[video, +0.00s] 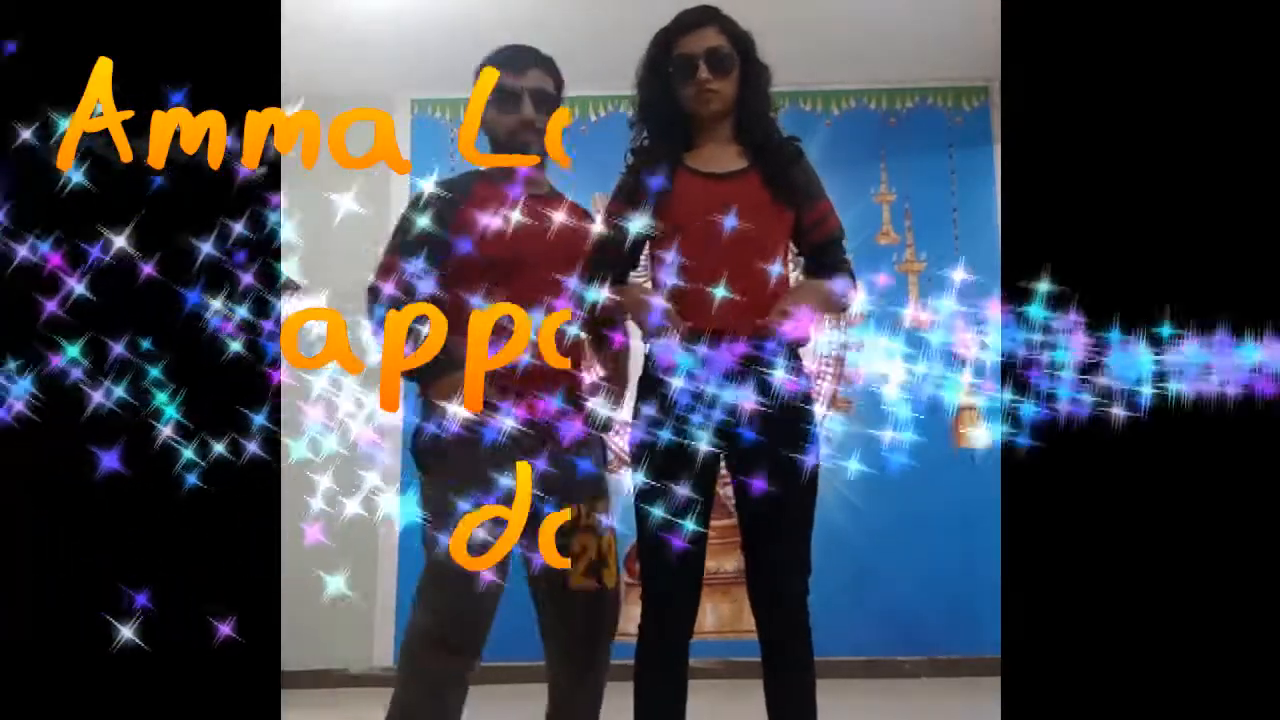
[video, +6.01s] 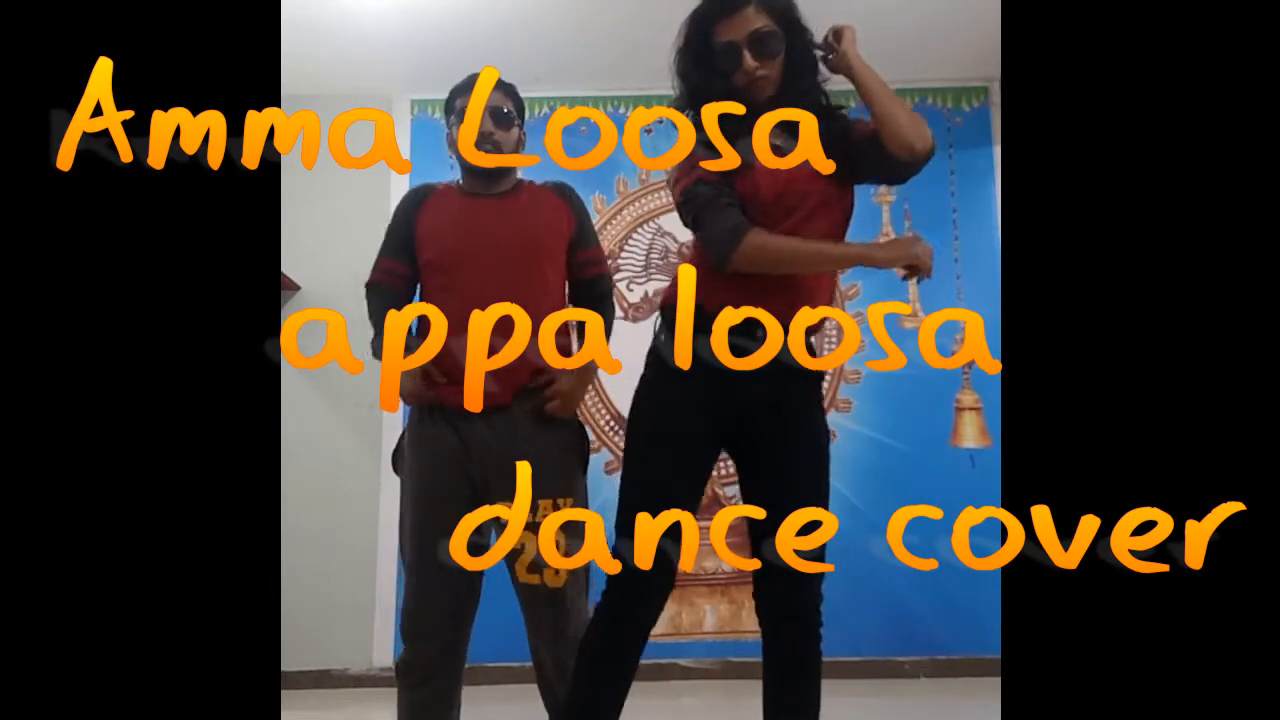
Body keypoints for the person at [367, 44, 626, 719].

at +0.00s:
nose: (524, 111)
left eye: (540, 100)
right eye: (508, 96)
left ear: (556, 116)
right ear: (481, 107)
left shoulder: (584, 221)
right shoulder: (442, 201)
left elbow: (610, 330)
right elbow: (390, 303)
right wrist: (437, 366)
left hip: (565, 440)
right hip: (466, 439)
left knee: (584, 627)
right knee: (451, 621)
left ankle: (574, 717)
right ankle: (416, 719)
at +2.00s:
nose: (466, 135)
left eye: (481, 123)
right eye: (449, 124)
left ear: (499, 132)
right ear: (427, 136)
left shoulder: (542, 215)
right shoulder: (397, 217)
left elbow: (577, 315)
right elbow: (361, 317)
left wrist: (588, 404)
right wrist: (347, 398)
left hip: (530, 440)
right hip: (423, 443)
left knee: (570, 628)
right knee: (413, 625)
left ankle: (579, 716)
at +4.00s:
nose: (496, 141)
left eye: (510, 131)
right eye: (483, 130)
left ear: (529, 145)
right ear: (459, 140)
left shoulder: (568, 230)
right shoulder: (426, 235)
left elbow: (607, 317)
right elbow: (386, 334)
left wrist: (590, 378)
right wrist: (398, 389)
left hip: (546, 438)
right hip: (447, 442)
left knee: (563, 623)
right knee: (430, 625)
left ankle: (580, 719)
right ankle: (422, 719)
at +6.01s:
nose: (491, 129)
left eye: (504, 117)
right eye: (476, 117)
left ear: (521, 131)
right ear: (452, 129)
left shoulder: (559, 204)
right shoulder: (420, 206)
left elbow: (596, 294)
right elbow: (384, 292)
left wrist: (583, 366)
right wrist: (406, 357)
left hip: (540, 428)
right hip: (441, 432)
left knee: (559, 609)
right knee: (432, 611)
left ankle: (578, 716)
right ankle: (424, 718)